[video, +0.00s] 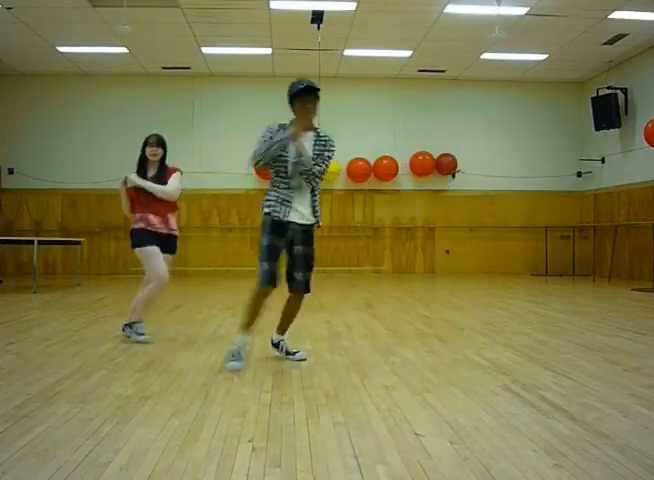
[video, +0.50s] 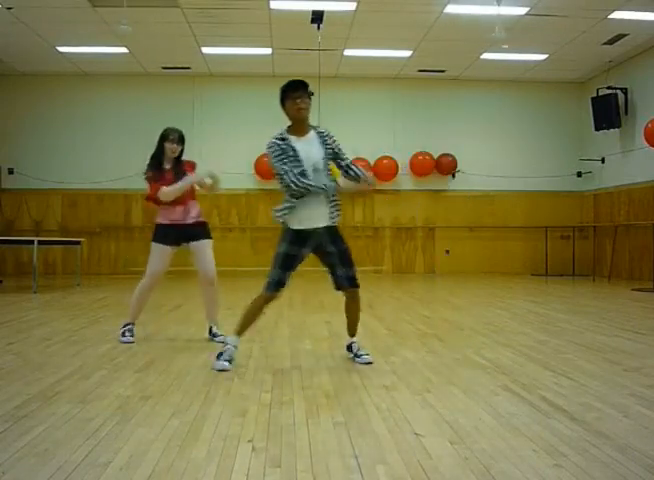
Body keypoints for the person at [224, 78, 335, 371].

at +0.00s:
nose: (311, 106)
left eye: (314, 101)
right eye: (305, 101)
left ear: (318, 105)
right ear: (293, 105)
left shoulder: (324, 141)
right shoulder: (275, 133)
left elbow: (315, 176)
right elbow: (258, 162)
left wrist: (299, 148)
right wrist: (286, 139)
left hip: (305, 220)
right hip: (276, 214)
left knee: (300, 287)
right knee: (267, 282)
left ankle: (279, 338)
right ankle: (241, 340)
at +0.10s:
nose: (298, 109)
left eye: (301, 104)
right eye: (292, 105)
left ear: (306, 108)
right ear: (280, 109)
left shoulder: (314, 143)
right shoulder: (270, 140)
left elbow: (309, 181)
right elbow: (249, 184)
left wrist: (277, 156)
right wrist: (255, 153)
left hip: (295, 228)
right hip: (266, 223)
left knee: (299, 297)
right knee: (243, 290)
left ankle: (277, 338)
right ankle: (218, 347)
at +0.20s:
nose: (288, 111)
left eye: (292, 106)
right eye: (281, 107)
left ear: (298, 110)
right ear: (271, 112)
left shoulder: (307, 145)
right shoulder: (255, 149)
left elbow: (313, 181)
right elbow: (250, 191)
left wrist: (286, 154)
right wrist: (264, 160)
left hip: (291, 231)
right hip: (260, 229)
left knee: (307, 297)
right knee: (239, 294)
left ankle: (292, 332)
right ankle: (219, 349)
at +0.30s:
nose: (285, 110)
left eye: (289, 105)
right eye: (278, 106)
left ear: (295, 110)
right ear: (268, 113)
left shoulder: (303, 145)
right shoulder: (256, 149)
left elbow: (329, 181)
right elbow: (257, 188)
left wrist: (314, 151)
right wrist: (289, 161)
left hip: (294, 235)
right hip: (262, 234)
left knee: (322, 291)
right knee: (239, 294)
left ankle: (322, 335)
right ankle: (218, 348)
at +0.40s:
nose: (290, 107)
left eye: (294, 102)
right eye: (283, 103)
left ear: (300, 106)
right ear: (273, 109)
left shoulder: (312, 141)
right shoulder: (264, 146)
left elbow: (342, 175)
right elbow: (278, 183)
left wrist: (342, 163)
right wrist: (315, 173)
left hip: (306, 232)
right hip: (274, 232)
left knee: (338, 288)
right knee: (251, 294)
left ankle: (349, 340)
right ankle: (221, 347)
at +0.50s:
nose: (302, 103)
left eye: (305, 98)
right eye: (295, 100)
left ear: (311, 103)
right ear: (284, 107)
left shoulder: (323, 137)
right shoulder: (278, 145)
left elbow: (345, 165)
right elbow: (296, 185)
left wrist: (363, 177)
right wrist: (334, 186)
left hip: (327, 227)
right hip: (296, 229)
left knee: (351, 288)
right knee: (271, 292)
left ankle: (353, 343)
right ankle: (232, 344)